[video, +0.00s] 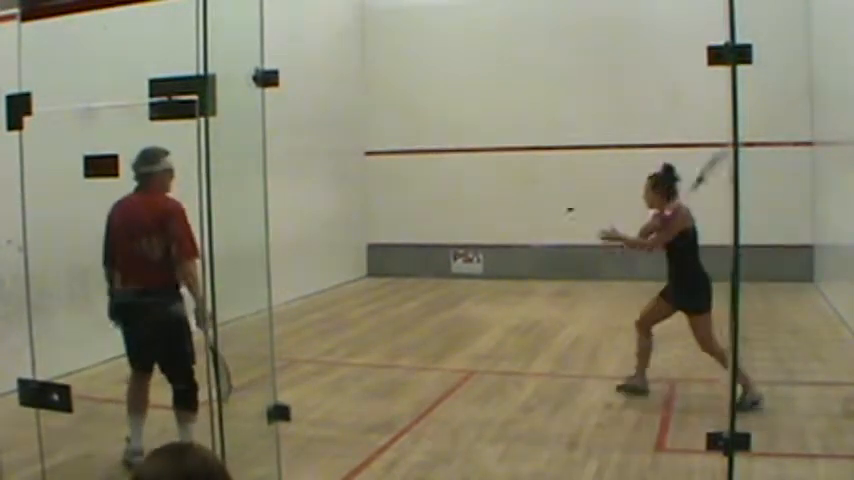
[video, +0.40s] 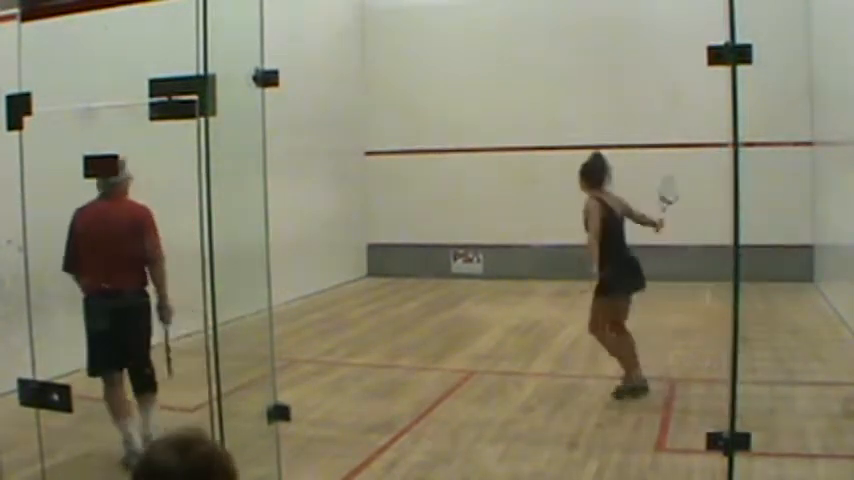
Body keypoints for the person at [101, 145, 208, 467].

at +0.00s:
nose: (172, 178)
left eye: (171, 172)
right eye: (169, 173)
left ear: (140, 176)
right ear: (159, 176)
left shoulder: (119, 209)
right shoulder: (170, 209)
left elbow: (110, 261)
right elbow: (186, 263)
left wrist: (115, 296)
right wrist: (200, 302)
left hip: (129, 302)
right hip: (165, 302)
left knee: (140, 371)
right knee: (182, 377)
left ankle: (134, 445)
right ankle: (187, 446)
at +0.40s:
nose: (130, 185)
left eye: (126, 180)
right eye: (128, 181)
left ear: (100, 184)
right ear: (124, 183)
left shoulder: (82, 216)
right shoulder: (139, 214)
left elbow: (73, 265)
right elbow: (155, 260)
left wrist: (91, 291)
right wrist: (163, 299)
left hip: (99, 305)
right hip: (134, 302)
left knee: (111, 377)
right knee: (141, 368)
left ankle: (131, 444)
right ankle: (149, 435)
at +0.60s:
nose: (81, 187)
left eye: (83, 182)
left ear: (85, 186)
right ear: (111, 187)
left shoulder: (68, 218)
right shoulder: (128, 219)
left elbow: (58, 266)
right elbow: (147, 258)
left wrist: (81, 288)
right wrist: (145, 295)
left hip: (86, 306)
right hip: (121, 304)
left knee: (76, 371)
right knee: (119, 367)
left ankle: (112, 426)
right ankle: (129, 433)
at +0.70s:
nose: (75, 190)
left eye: (73, 185)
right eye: (86, 183)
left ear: (72, 188)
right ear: (98, 187)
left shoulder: (59, 222)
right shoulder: (118, 220)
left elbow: (49, 270)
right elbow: (141, 261)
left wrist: (72, 289)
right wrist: (129, 297)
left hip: (77, 309)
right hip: (113, 305)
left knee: (58, 366)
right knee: (113, 367)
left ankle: (84, 427)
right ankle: (127, 430)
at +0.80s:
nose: (73, 189)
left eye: (64, 185)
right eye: (80, 182)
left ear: (58, 188)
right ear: (83, 185)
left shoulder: (47, 222)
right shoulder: (105, 219)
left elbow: (34, 264)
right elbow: (129, 258)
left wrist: (56, 285)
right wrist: (109, 280)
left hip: (66, 309)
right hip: (102, 306)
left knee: (43, 372)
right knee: (109, 368)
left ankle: (41, 447)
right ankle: (129, 430)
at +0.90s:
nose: (58, 190)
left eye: (47, 186)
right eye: (61, 184)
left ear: (40, 189)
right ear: (66, 188)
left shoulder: (30, 225)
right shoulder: (87, 220)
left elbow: (18, 271)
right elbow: (109, 257)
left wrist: (41, 289)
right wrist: (84, 275)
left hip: (52, 313)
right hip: (88, 309)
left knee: (25, 376)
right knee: (100, 368)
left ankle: (16, 447)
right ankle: (127, 429)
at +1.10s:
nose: (24, 191)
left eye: (16, 185)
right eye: (25, 185)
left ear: (2, 188)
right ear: (25, 187)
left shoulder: (2, 220)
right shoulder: (42, 222)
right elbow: (61, 254)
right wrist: (35, 262)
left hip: (8, 312)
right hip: (43, 309)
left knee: (2, 382)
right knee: (46, 366)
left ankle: (7, 450)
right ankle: (73, 427)